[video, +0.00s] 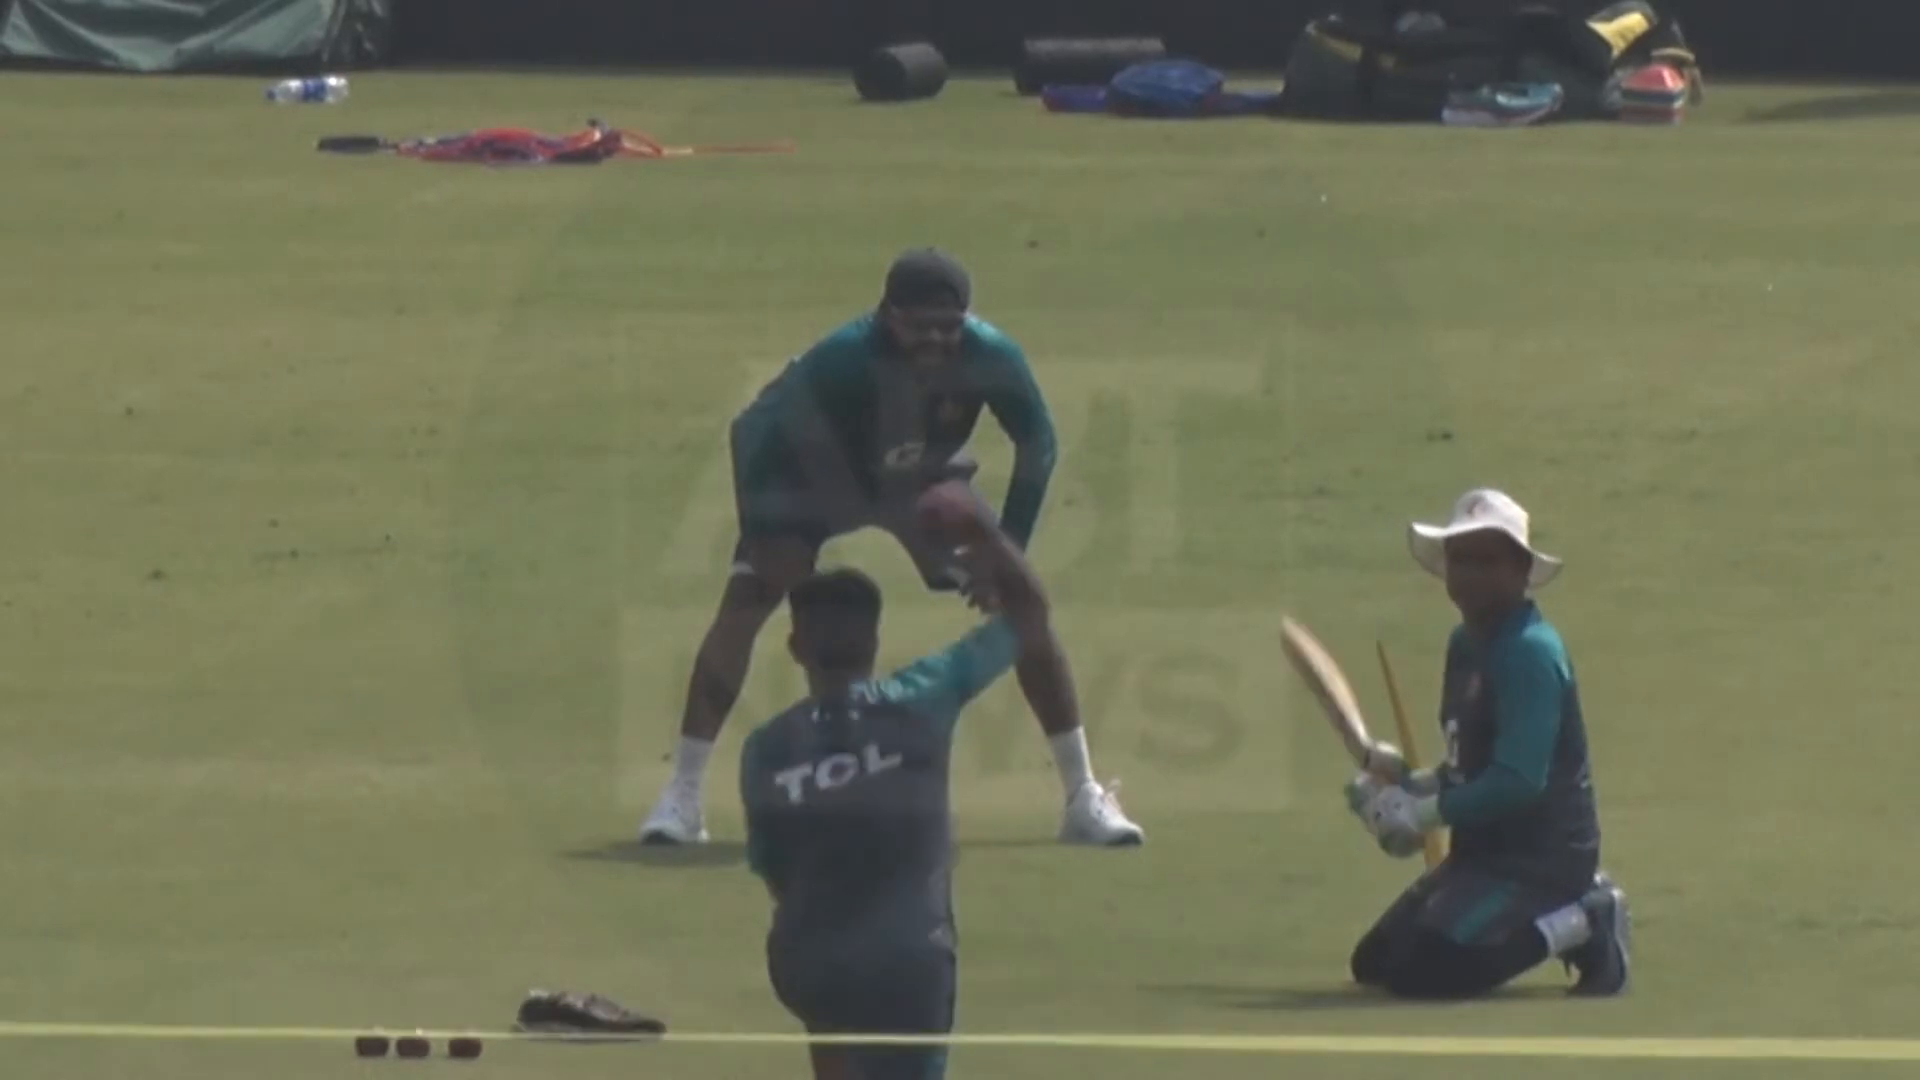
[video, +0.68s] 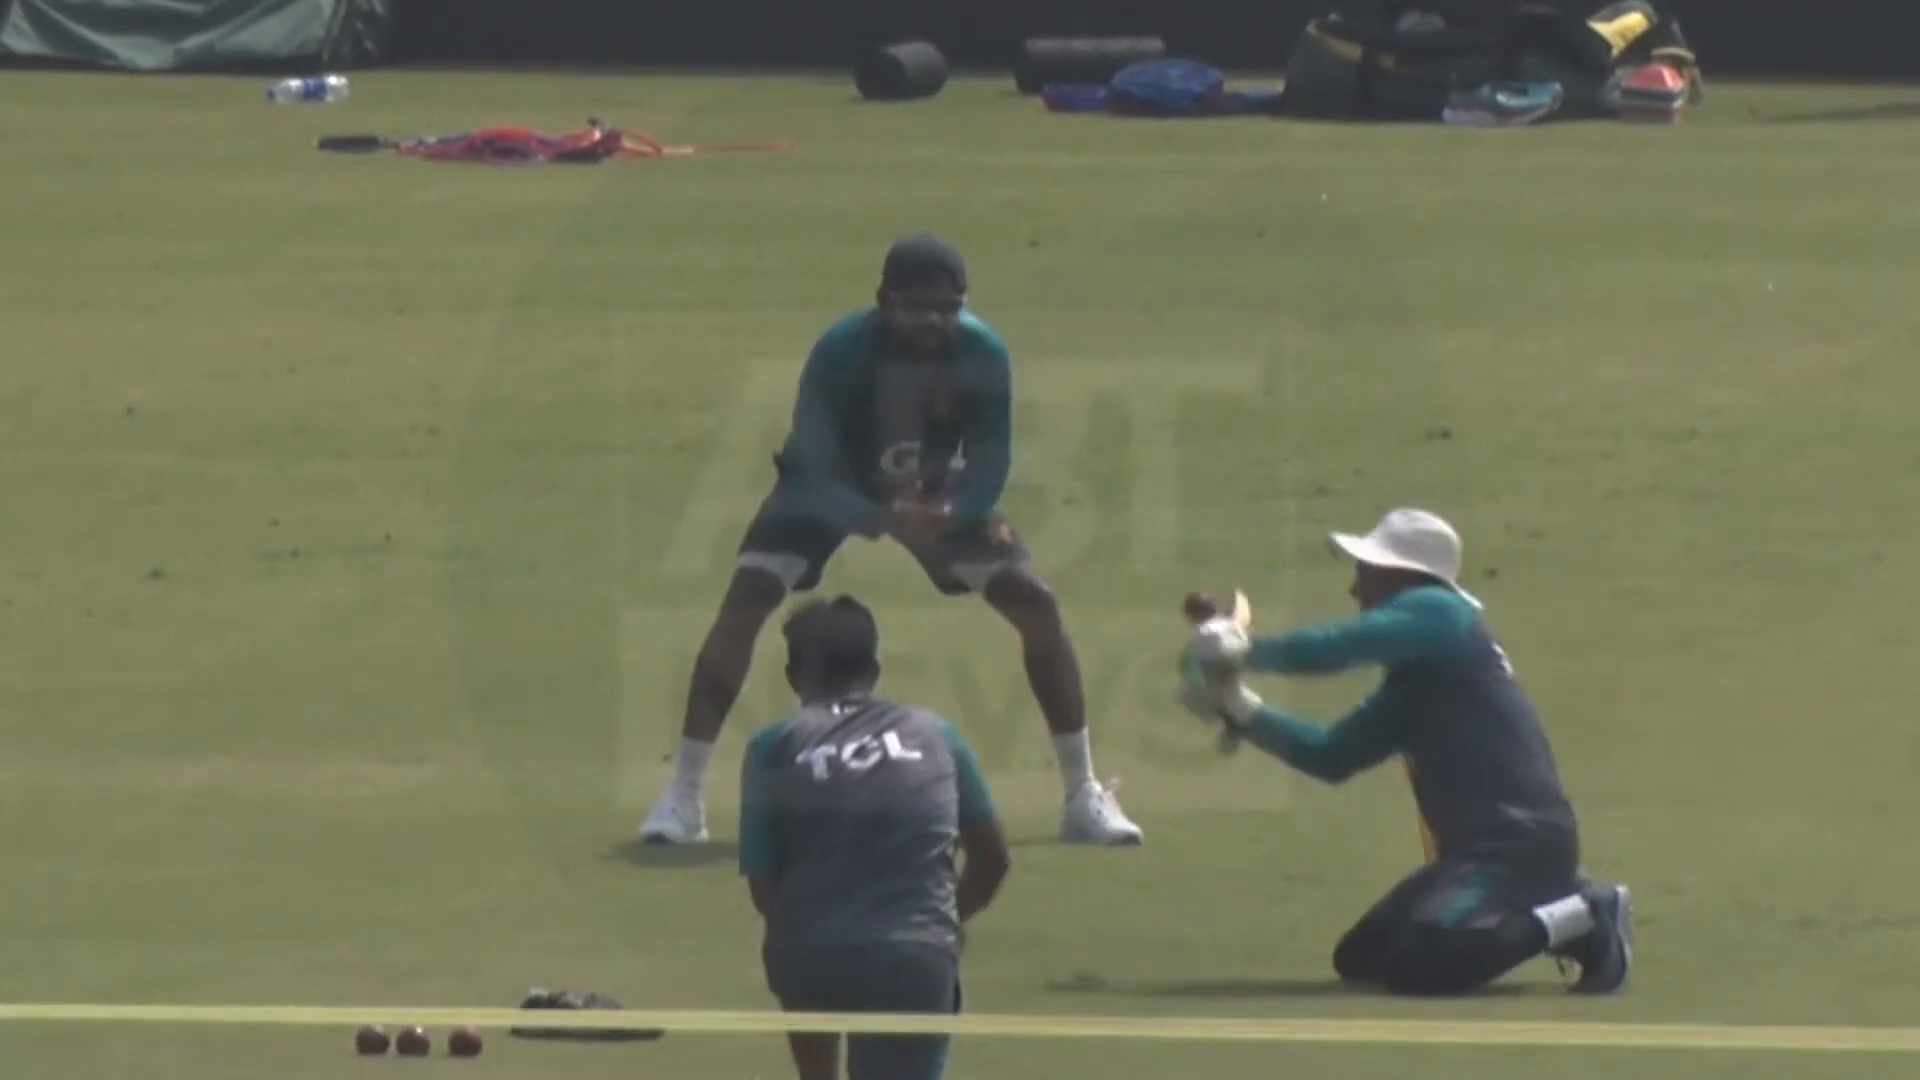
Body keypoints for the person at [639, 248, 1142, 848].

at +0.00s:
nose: (930, 342)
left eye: (943, 329)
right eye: (916, 328)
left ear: (962, 321)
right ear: (887, 317)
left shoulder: (993, 360)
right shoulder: (842, 359)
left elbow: (1037, 444)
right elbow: (753, 431)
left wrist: (1004, 553)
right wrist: (766, 538)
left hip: (922, 481)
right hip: (809, 478)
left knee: (1021, 606)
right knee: (746, 601)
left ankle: (1085, 794)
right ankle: (682, 796)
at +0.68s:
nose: (933, 323)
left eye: (946, 309)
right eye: (918, 310)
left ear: (961, 304)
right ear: (885, 302)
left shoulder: (983, 356)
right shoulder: (840, 352)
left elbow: (990, 462)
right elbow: (814, 475)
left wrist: (955, 518)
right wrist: (887, 522)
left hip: (934, 499)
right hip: (832, 494)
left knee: (1037, 608)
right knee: (747, 599)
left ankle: (1085, 795)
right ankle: (684, 794)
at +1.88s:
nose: (1227, 282)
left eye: (1230, 268)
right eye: (1231, 268)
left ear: (1176, 235)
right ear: (1218, 263)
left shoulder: (1127, 279)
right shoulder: (1158, 289)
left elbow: (1039, 404)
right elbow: (1106, 412)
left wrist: (1023, 535)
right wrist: (1123, 534)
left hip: (1022, 439)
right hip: (959, 424)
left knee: (1091, 593)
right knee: (916, 611)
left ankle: (1088, 796)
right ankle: (751, 754)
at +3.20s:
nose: (1010, 180)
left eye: (1024, 166)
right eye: (995, 165)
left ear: (1043, 169)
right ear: (968, 163)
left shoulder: (1066, 243)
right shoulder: (920, 245)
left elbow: (1105, 335)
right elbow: (875, 362)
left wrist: (1124, 396)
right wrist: (917, 435)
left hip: (1028, 457)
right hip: (925, 453)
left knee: (1109, 615)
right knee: (844, 616)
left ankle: (1157, 800)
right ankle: (764, 781)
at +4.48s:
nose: (988, 141)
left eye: (1001, 129)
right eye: (974, 126)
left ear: (1018, 135)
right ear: (941, 125)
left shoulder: (1034, 202)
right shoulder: (896, 219)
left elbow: (1122, 214)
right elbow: (852, 338)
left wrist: (1057, 120)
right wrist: (877, 385)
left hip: (1021, 439)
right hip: (923, 440)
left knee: (1079, 620)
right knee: (861, 613)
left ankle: (1155, 797)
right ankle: (809, 776)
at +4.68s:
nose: (979, 143)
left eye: (993, 130)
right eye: (965, 129)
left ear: (1011, 135)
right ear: (934, 127)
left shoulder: (1037, 206)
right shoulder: (895, 222)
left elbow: (1126, 297)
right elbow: (853, 342)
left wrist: (1078, 267)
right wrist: (880, 401)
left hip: (1022, 442)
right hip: (923, 446)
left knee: (1080, 623)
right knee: (849, 615)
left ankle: (1155, 798)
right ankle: (778, 772)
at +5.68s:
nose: (1010, 416)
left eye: (1024, 402)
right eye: (995, 402)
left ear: (1041, 393)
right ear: (963, 389)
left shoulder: (1063, 437)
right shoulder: (912, 435)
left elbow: (1084, 534)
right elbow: (866, 543)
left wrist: (1065, 622)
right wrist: (910, 621)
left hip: (1017, 546)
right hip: (915, 544)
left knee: (1116, 621)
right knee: (824, 609)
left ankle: (1159, 800)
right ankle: (791, 776)